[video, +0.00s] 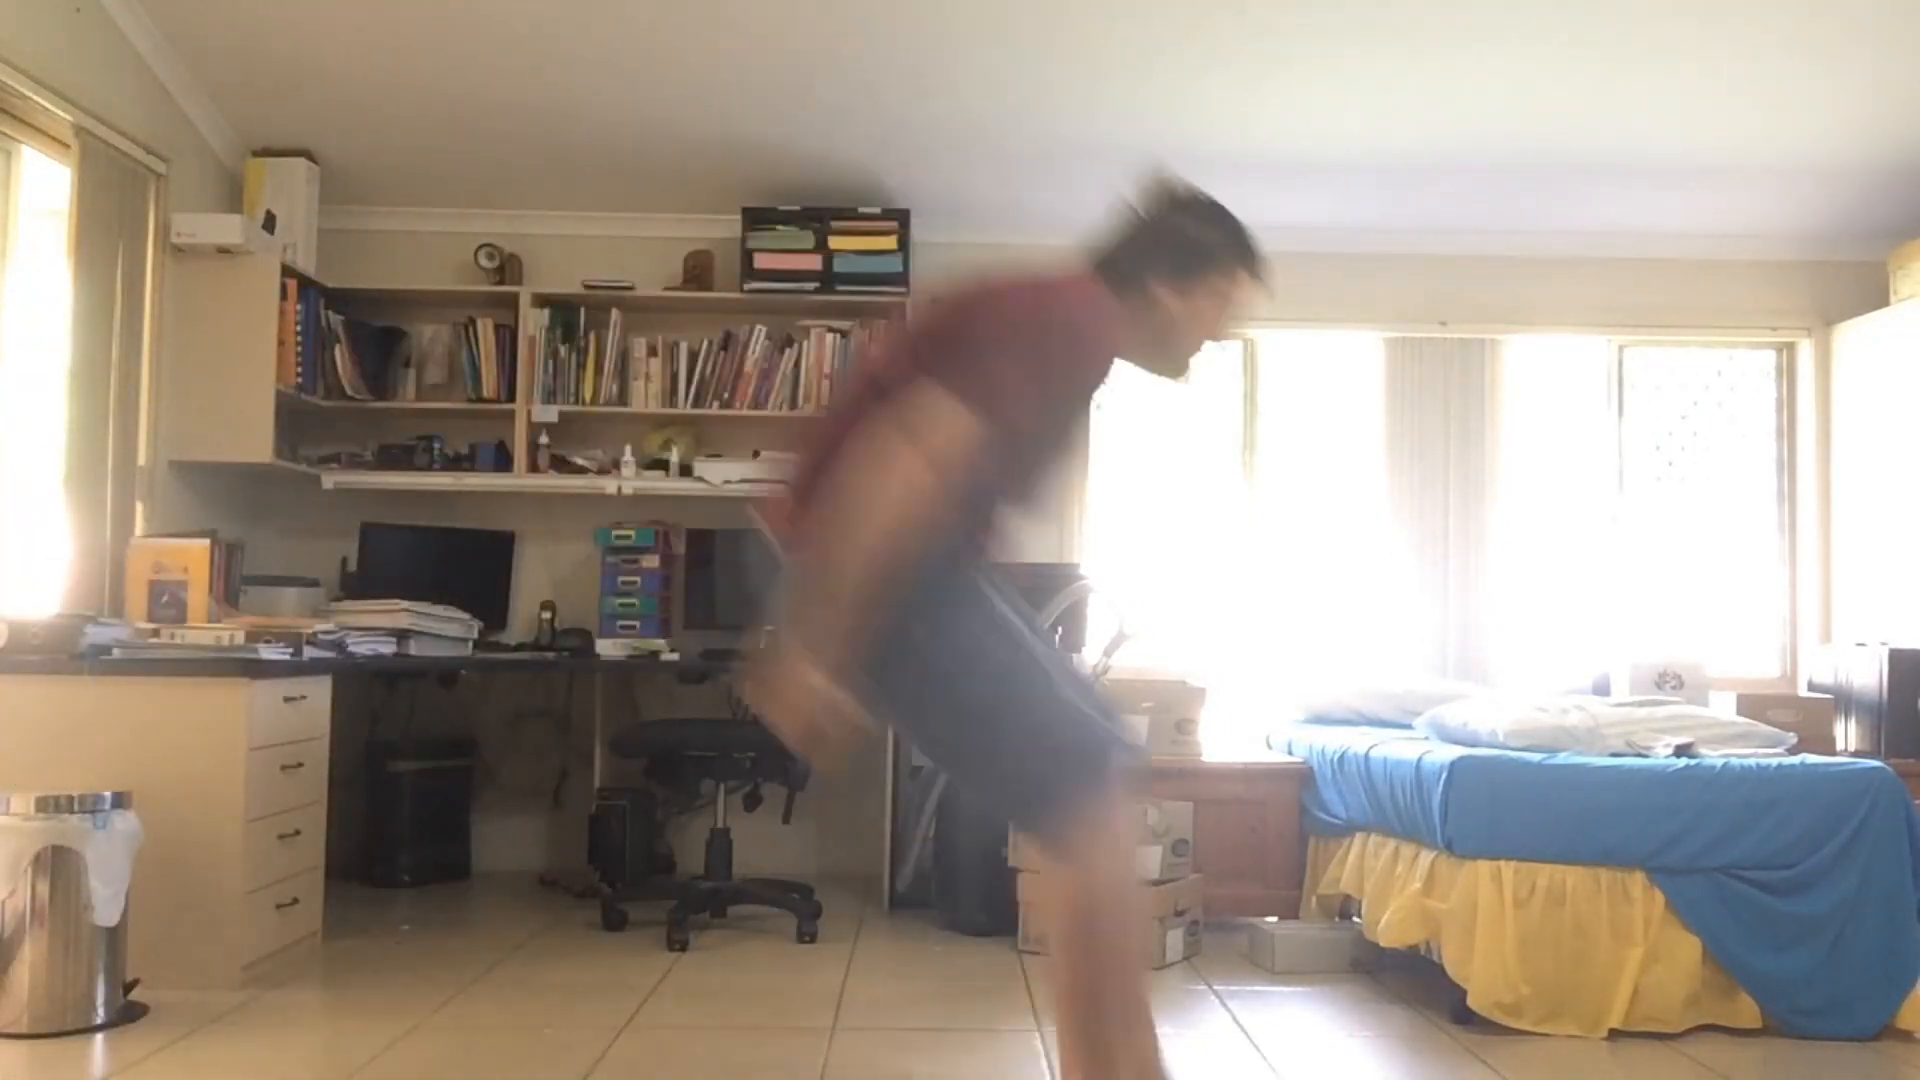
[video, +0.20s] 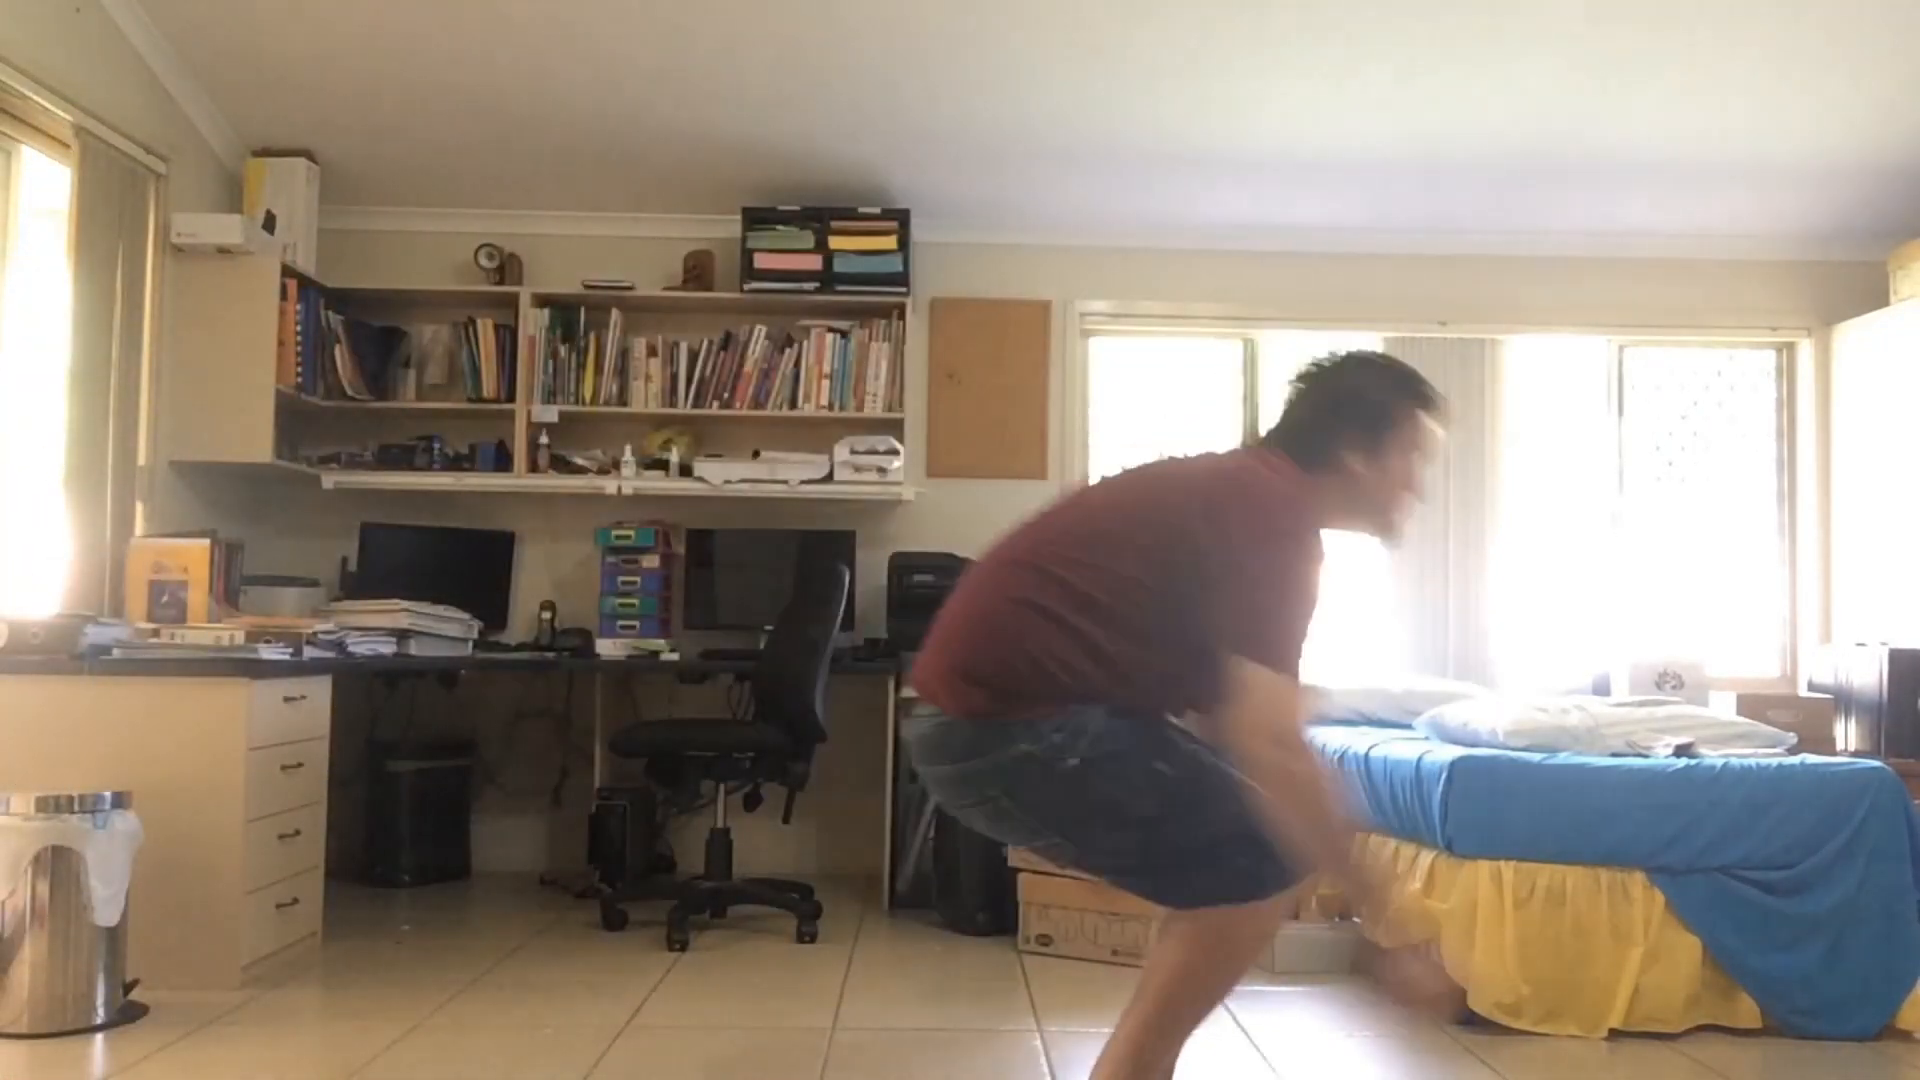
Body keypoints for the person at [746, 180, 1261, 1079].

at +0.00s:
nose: (1219, 336)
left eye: (1228, 317)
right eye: (1222, 309)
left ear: (1165, 276)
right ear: (1173, 281)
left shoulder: (1073, 325)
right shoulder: (1063, 319)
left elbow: (929, 471)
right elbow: (909, 451)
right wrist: (813, 648)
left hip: (919, 559)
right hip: (882, 562)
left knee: (1100, 778)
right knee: (1084, 791)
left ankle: (1108, 1058)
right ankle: (1117, 1061)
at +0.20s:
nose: (1421, 486)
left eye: (1423, 463)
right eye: (1415, 460)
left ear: (1331, 441)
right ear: (1356, 450)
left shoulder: (1232, 486)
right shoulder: (1272, 510)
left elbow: (1222, 716)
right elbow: (1266, 740)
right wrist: (1374, 901)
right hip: (1018, 726)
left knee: (1247, 862)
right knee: (1252, 876)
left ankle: (1129, 1066)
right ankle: (1128, 1069)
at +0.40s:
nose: (1526, 456)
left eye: (1531, 435)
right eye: (1525, 432)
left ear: (1417, 387)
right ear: (1478, 417)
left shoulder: (1337, 440)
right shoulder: (1400, 465)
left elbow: (1307, 660)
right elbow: (1386, 694)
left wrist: (1431, 734)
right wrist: (1513, 814)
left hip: (1065, 652)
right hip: (1114, 668)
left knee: (1278, 852)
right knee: (1325, 867)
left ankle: (1141, 1062)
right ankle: (1139, 1065)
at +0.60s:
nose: (1606, 228)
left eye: (1607, 205)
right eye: (1600, 203)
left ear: (1503, 196)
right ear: (1547, 203)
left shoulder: (1427, 263)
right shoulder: (1488, 283)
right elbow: (1398, 475)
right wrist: (1446, 676)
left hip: (1240, 571)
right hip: (1268, 581)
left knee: (1406, 794)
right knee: (1373, 845)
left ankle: (1254, 1011)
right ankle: (1147, 1060)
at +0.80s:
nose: (1682, 105)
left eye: (1682, 81)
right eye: (1677, 80)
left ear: (1555, 79)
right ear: (1631, 81)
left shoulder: (1463, 174)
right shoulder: (1608, 163)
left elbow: (1355, 335)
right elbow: (1542, 324)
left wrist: (1290, 489)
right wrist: (1542, 538)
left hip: (1382, 505)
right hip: (1450, 513)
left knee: (1543, 768)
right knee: (1379, 795)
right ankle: (1179, 1046)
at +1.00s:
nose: (1733, 125)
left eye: (1735, 111)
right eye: (1733, 109)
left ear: (1607, 103)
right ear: (1712, 104)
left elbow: (1442, 373)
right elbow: (1714, 361)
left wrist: (1427, 533)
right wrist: (1777, 553)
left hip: (1520, 561)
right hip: (1618, 568)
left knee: (1693, 830)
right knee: (1649, 855)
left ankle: (1664, 1067)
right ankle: (1385, 1003)